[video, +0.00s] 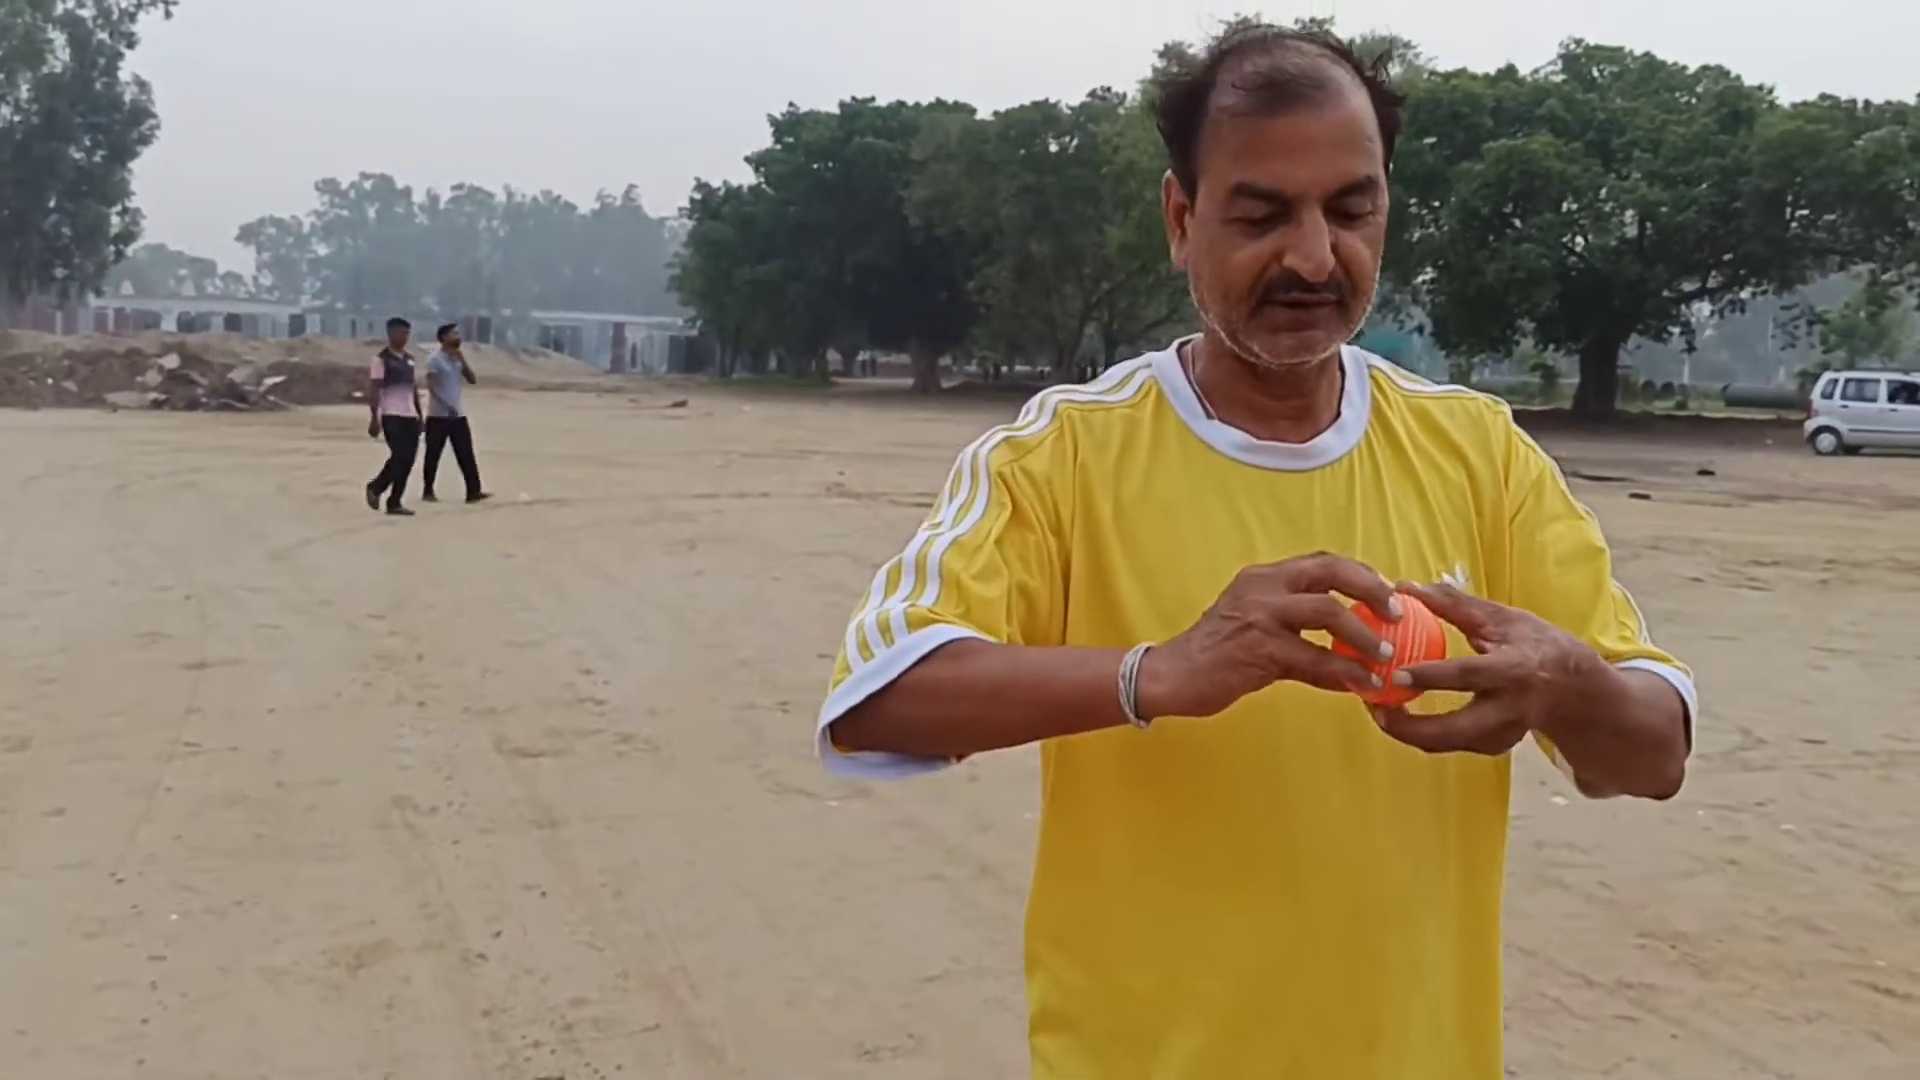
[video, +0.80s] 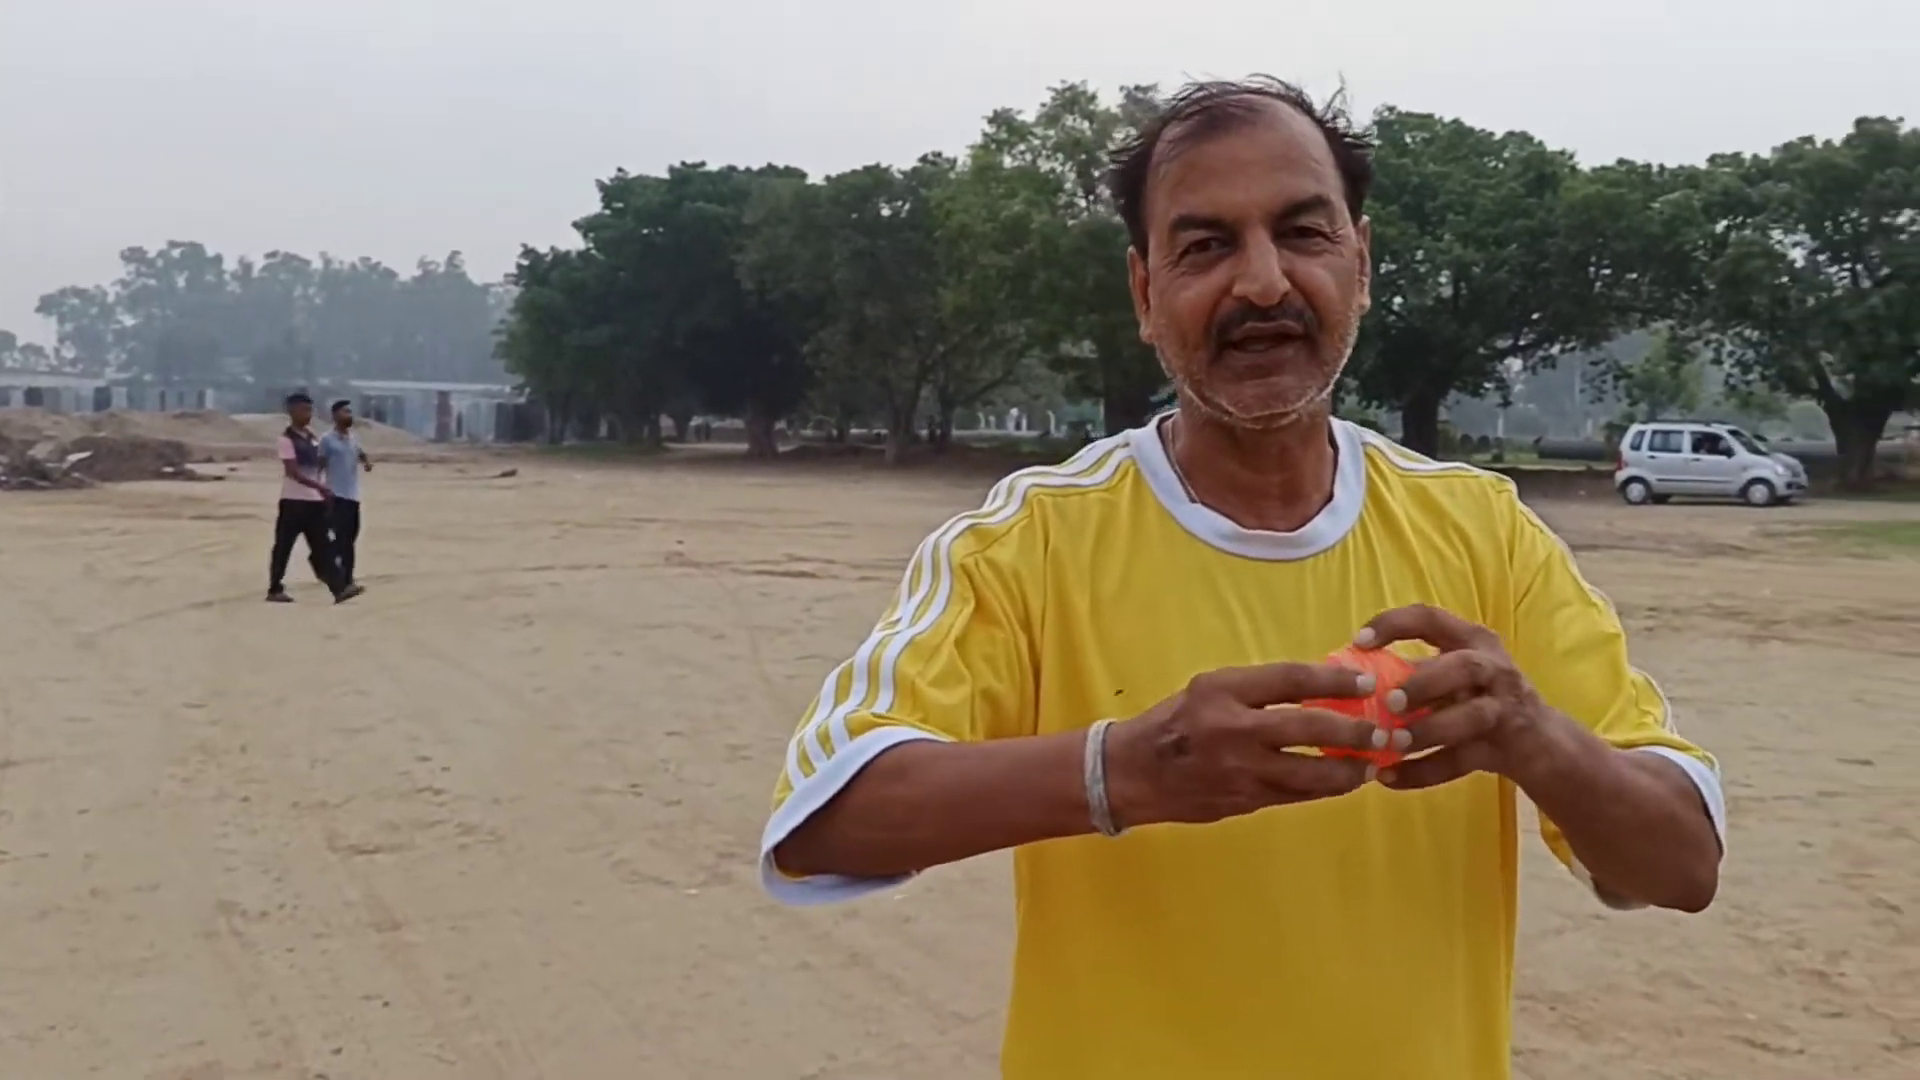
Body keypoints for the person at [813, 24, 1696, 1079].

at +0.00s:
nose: (1313, 255)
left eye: (1348, 207)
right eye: (1262, 210)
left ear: (1386, 211)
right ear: (1180, 219)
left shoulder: (1481, 453)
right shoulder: (1064, 457)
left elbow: (1656, 762)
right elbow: (877, 699)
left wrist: (1566, 686)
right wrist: (1152, 674)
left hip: (1422, 1040)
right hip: (1134, 1040)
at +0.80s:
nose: (1262, 281)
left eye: (1302, 233)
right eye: (1204, 245)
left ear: (1360, 266)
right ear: (1146, 295)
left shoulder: (1485, 533)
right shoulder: (1031, 542)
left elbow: (1685, 870)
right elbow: (822, 819)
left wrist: (1535, 743)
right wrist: (1121, 772)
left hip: (1427, 1050)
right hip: (1110, 1048)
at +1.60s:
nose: (1156, 303)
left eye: (1190, 253)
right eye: (1099, 264)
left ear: (1241, 275)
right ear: (1034, 303)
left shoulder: (1345, 531)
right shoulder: (922, 537)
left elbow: (1538, 833)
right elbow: (738, 808)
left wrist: (1445, 759)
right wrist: (1045, 756)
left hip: (1300, 1057)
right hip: (999, 1059)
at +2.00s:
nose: (1033, 289)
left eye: (1067, 243)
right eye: (980, 254)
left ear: (1118, 273)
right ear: (919, 300)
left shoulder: (1227, 525)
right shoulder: (815, 534)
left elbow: (1388, 826)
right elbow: (640, 796)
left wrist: (1323, 734)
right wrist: (947, 718)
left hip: (1183, 1052)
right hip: (900, 1052)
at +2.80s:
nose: (919, 320)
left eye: (954, 274)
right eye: (869, 280)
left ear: (996, 291)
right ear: (801, 305)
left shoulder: (1097, 536)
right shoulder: (691, 540)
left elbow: (1252, 821)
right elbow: (493, 785)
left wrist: (1187, 763)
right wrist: (803, 734)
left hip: (1054, 1056)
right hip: (772, 1056)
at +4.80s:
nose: (885, 289)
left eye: (920, 251)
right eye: (835, 264)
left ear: (970, 296)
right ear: (785, 325)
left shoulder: (1102, 518)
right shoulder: (699, 557)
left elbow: (1262, 804)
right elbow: (513, 838)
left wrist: (1148, 704)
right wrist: (763, 713)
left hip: (1092, 1053)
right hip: (811, 1055)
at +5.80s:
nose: (970, 331)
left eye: (1000, 287)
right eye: (918, 297)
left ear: (1040, 299)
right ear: (853, 321)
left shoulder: (1151, 518)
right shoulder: (762, 554)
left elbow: (1305, 799)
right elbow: (599, 824)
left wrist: (1226, 701)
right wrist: (841, 732)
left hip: (1148, 1047)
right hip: (869, 1049)